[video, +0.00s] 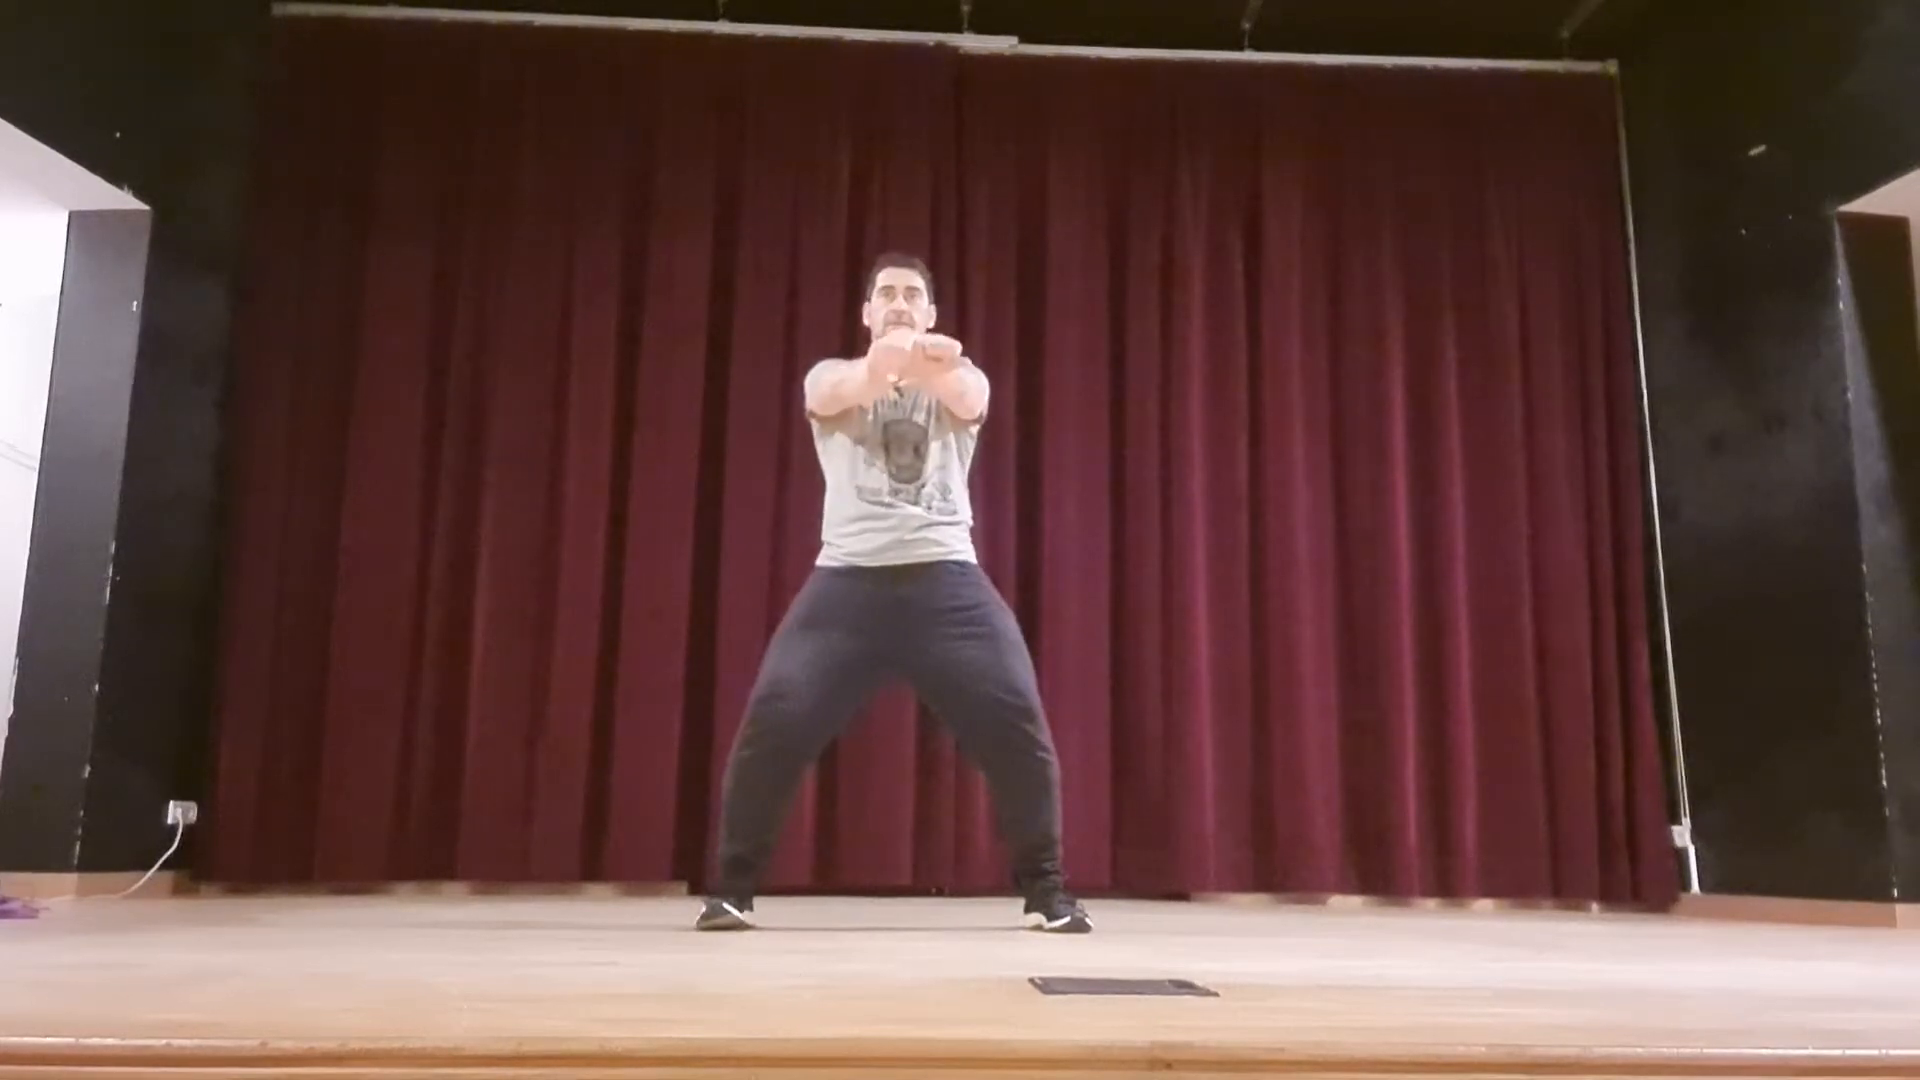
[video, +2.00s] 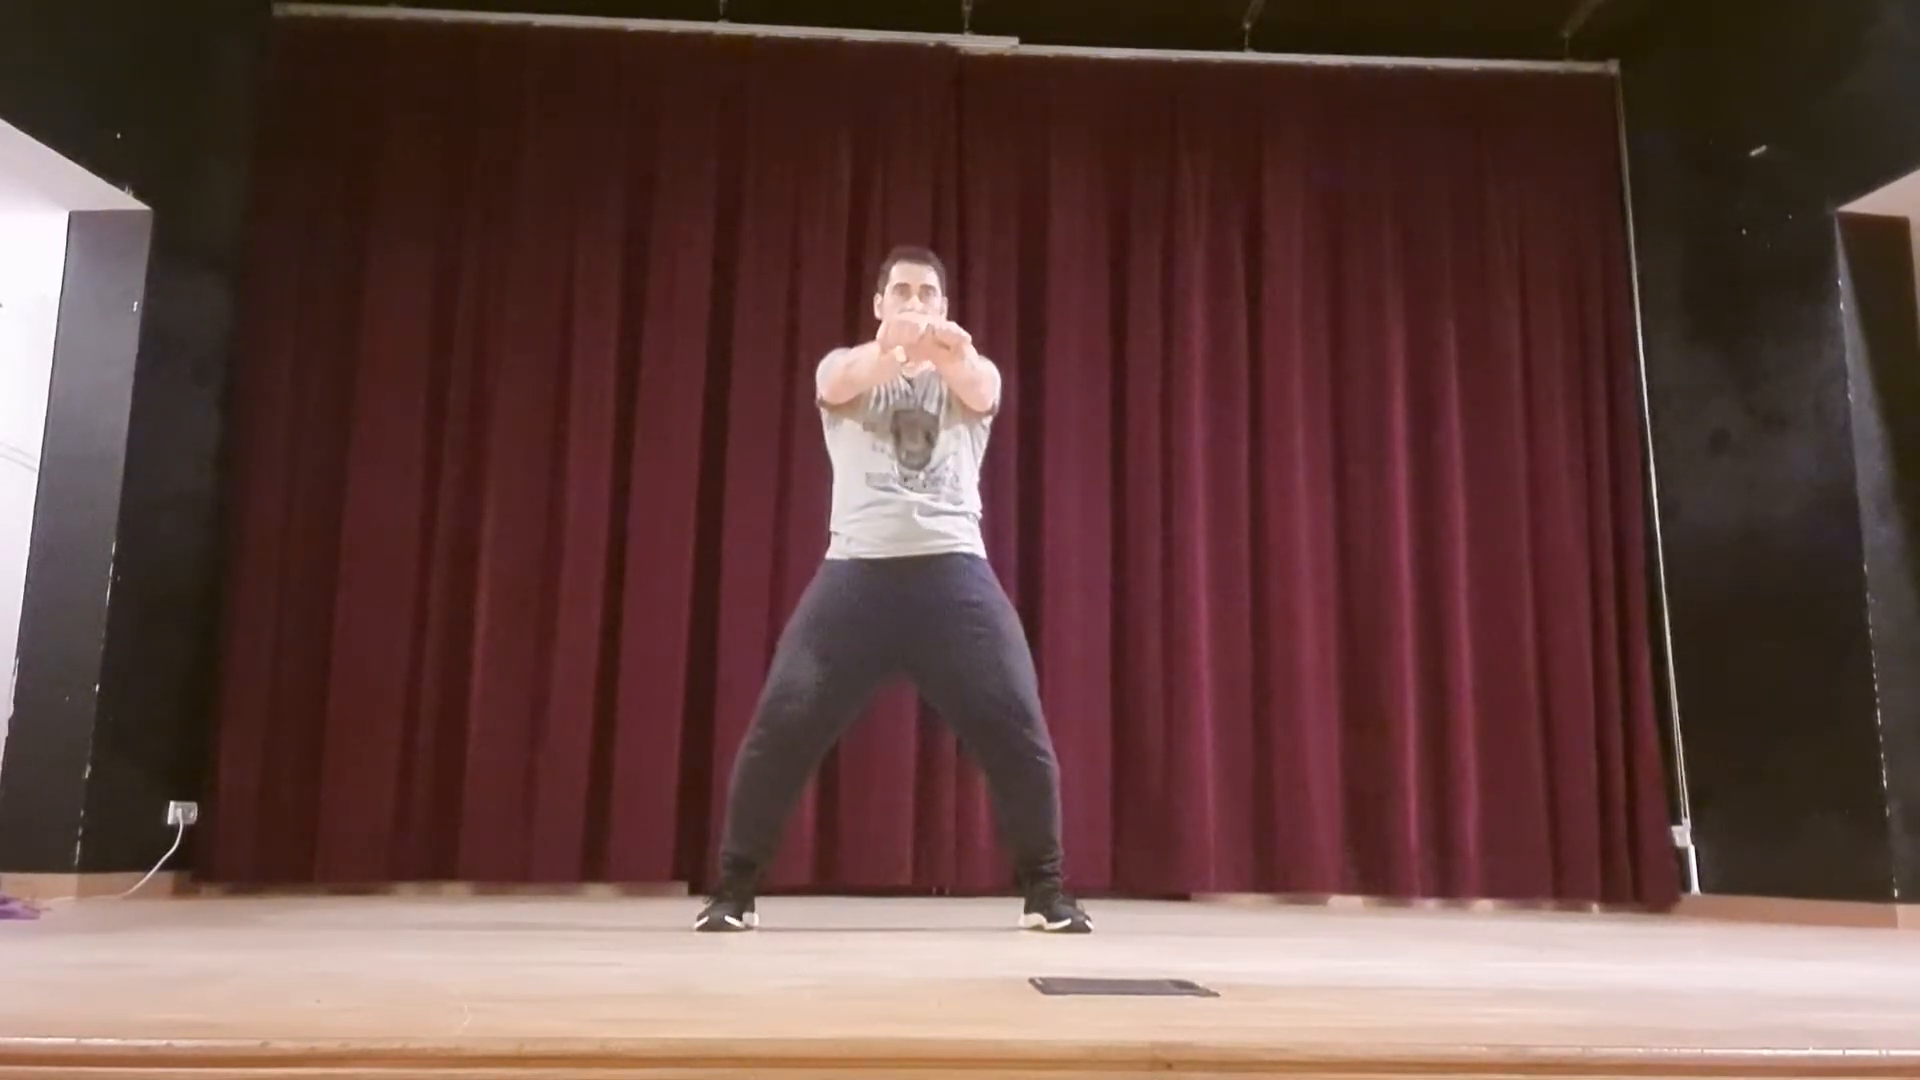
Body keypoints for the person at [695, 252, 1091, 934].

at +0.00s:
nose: (898, 303)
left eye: (911, 295)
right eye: (886, 294)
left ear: (931, 311)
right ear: (866, 311)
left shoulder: (958, 375)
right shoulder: (833, 375)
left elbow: (970, 402)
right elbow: (829, 397)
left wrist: (937, 369)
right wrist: (881, 370)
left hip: (946, 580)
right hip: (846, 581)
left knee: (1015, 715)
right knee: (776, 713)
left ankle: (1046, 888)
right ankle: (731, 891)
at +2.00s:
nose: (914, 302)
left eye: (926, 293)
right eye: (902, 291)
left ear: (945, 307)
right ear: (877, 304)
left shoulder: (973, 372)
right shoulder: (845, 363)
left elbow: (981, 394)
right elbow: (835, 388)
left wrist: (955, 356)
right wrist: (890, 355)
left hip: (954, 573)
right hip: (855, 573)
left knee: (1017, 727)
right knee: (784, 719)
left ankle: (1046, 890)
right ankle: (734, 892)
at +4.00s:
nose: (921, 291)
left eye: (932, 281)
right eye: (909, 282)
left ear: (954, 297)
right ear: (887, 298)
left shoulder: (980, 364)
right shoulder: (854, 356)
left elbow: (992, 394)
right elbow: (847, 378)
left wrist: (954, 344)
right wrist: (914, 344)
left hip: (960, 577)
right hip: (856, 572)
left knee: (1022, 718)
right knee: (771, 688)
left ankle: (1045, 888)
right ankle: (722, 867)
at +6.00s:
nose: (929, 293)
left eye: (942, 285)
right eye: (917, 288)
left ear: (967, 310)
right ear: (899, 315)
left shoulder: (989, 367)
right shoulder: (865, 363)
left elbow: (1002, 419)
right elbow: (862, 385)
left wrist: (968, 353)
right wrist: (925, 375)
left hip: (971, 578)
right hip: (869, 578)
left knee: (1031, 714)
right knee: (787, 698)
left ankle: (1047, 890)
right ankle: (734, 879)